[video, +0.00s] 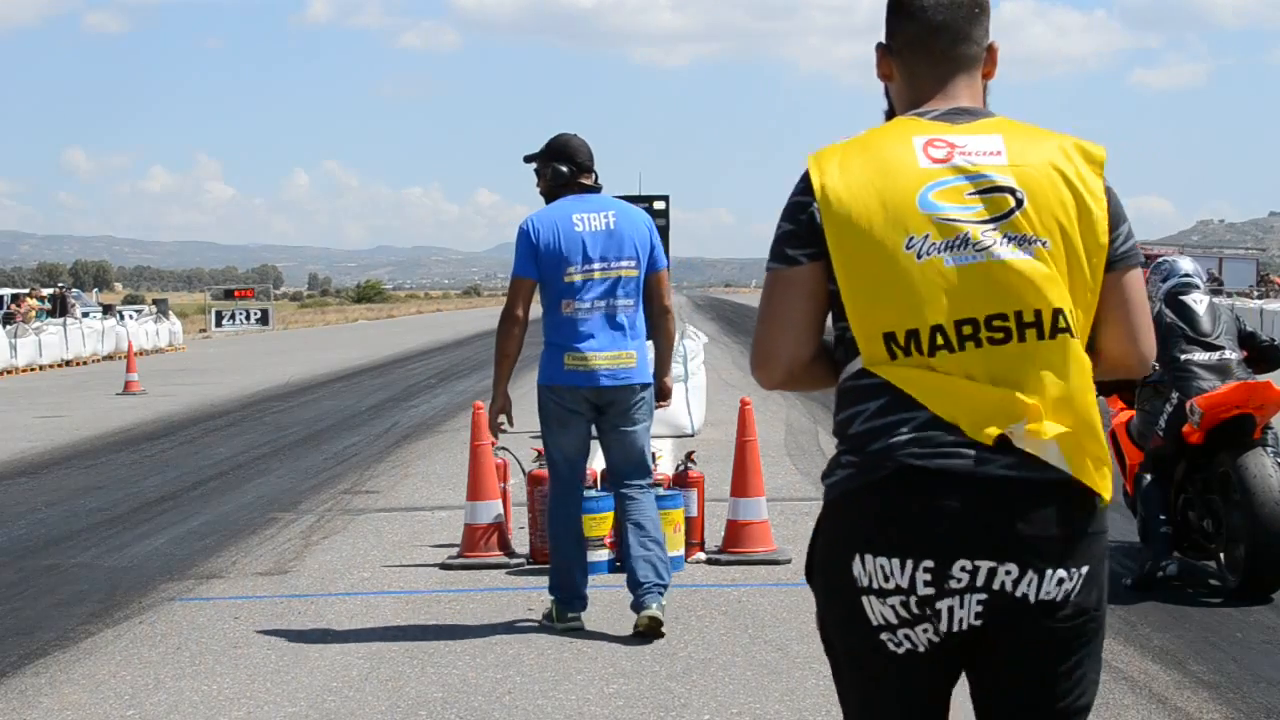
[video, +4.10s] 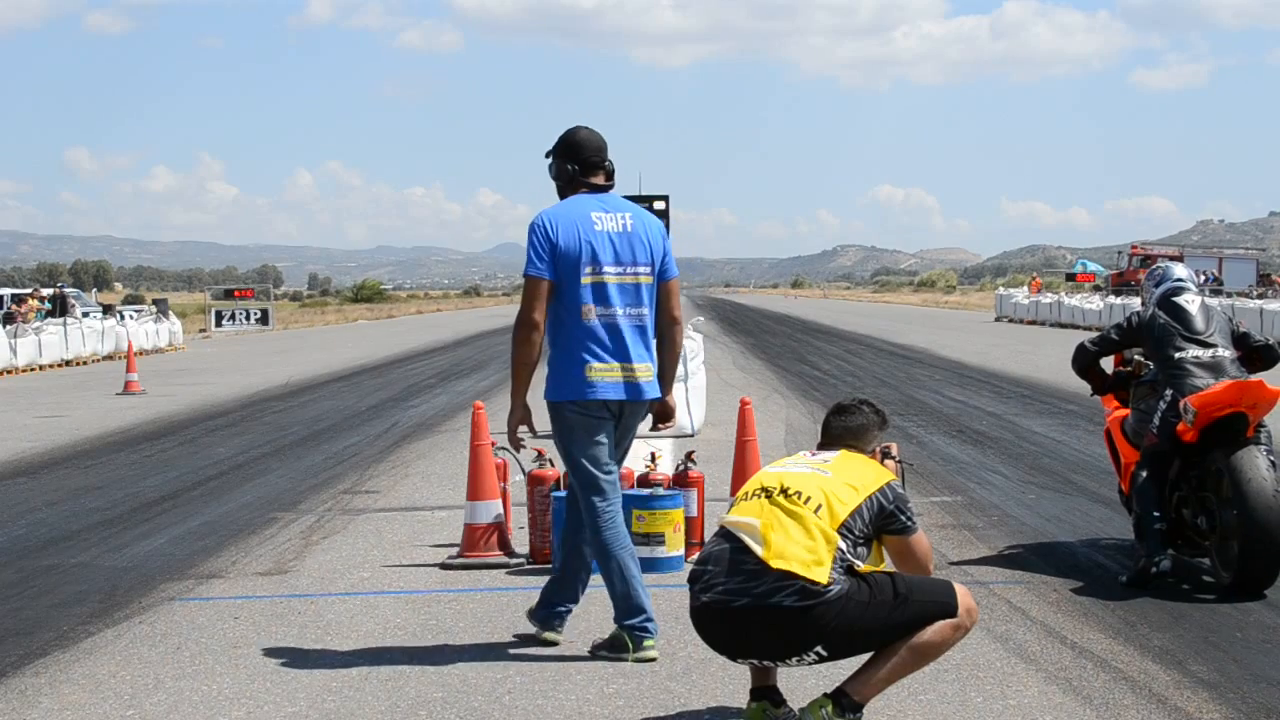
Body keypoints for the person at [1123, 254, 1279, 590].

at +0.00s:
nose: (1150, 285)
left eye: (1153, 280)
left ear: (1160, 281)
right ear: (1199, 279)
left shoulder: (1154, 314)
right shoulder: (1225, 312)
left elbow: (1139, 358)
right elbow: (1269, 350)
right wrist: (1239, 368)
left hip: (1183, 396)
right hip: (1234, 389)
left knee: (1151, 470)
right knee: (1264, 436)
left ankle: (1158, 554)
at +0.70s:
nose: (1153, 291)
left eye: (1154, 285)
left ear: (1161, 285)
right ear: (1201, 280)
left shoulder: (1152, 316)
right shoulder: (1227, 310)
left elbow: (1090, 353)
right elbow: (1269, 347)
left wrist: (1109, 385)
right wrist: (1244, 367)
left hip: (1191, 396)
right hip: (1241, 387)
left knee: (1151, 472)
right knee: (1266, 438)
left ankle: (1157, 556)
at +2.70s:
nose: (1144, 297)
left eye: (1146, 291)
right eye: (1144, 292)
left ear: (1155, 289)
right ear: (1192, 284)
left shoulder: (1148, 319)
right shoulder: (1222, 315)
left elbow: (1087, 357)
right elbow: (1269, 348)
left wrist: (1106, 386)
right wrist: (1237, 368)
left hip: (1189, 393)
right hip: (1239, 385)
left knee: (1149, 471)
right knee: (1265, 436)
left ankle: (1154, 560)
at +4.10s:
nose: (1144, 296)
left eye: (1146, 291)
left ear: (1153, 289)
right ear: (1192, 285)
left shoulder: (1146, 319)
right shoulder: (1220, 315)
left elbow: (1084, 355)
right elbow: (1268, 351)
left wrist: (1104, 384)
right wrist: (1233, 367)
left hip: (1185, 390)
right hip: (1234, 384)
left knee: (1148, 468)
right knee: (1260, 431)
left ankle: (1153, 553)